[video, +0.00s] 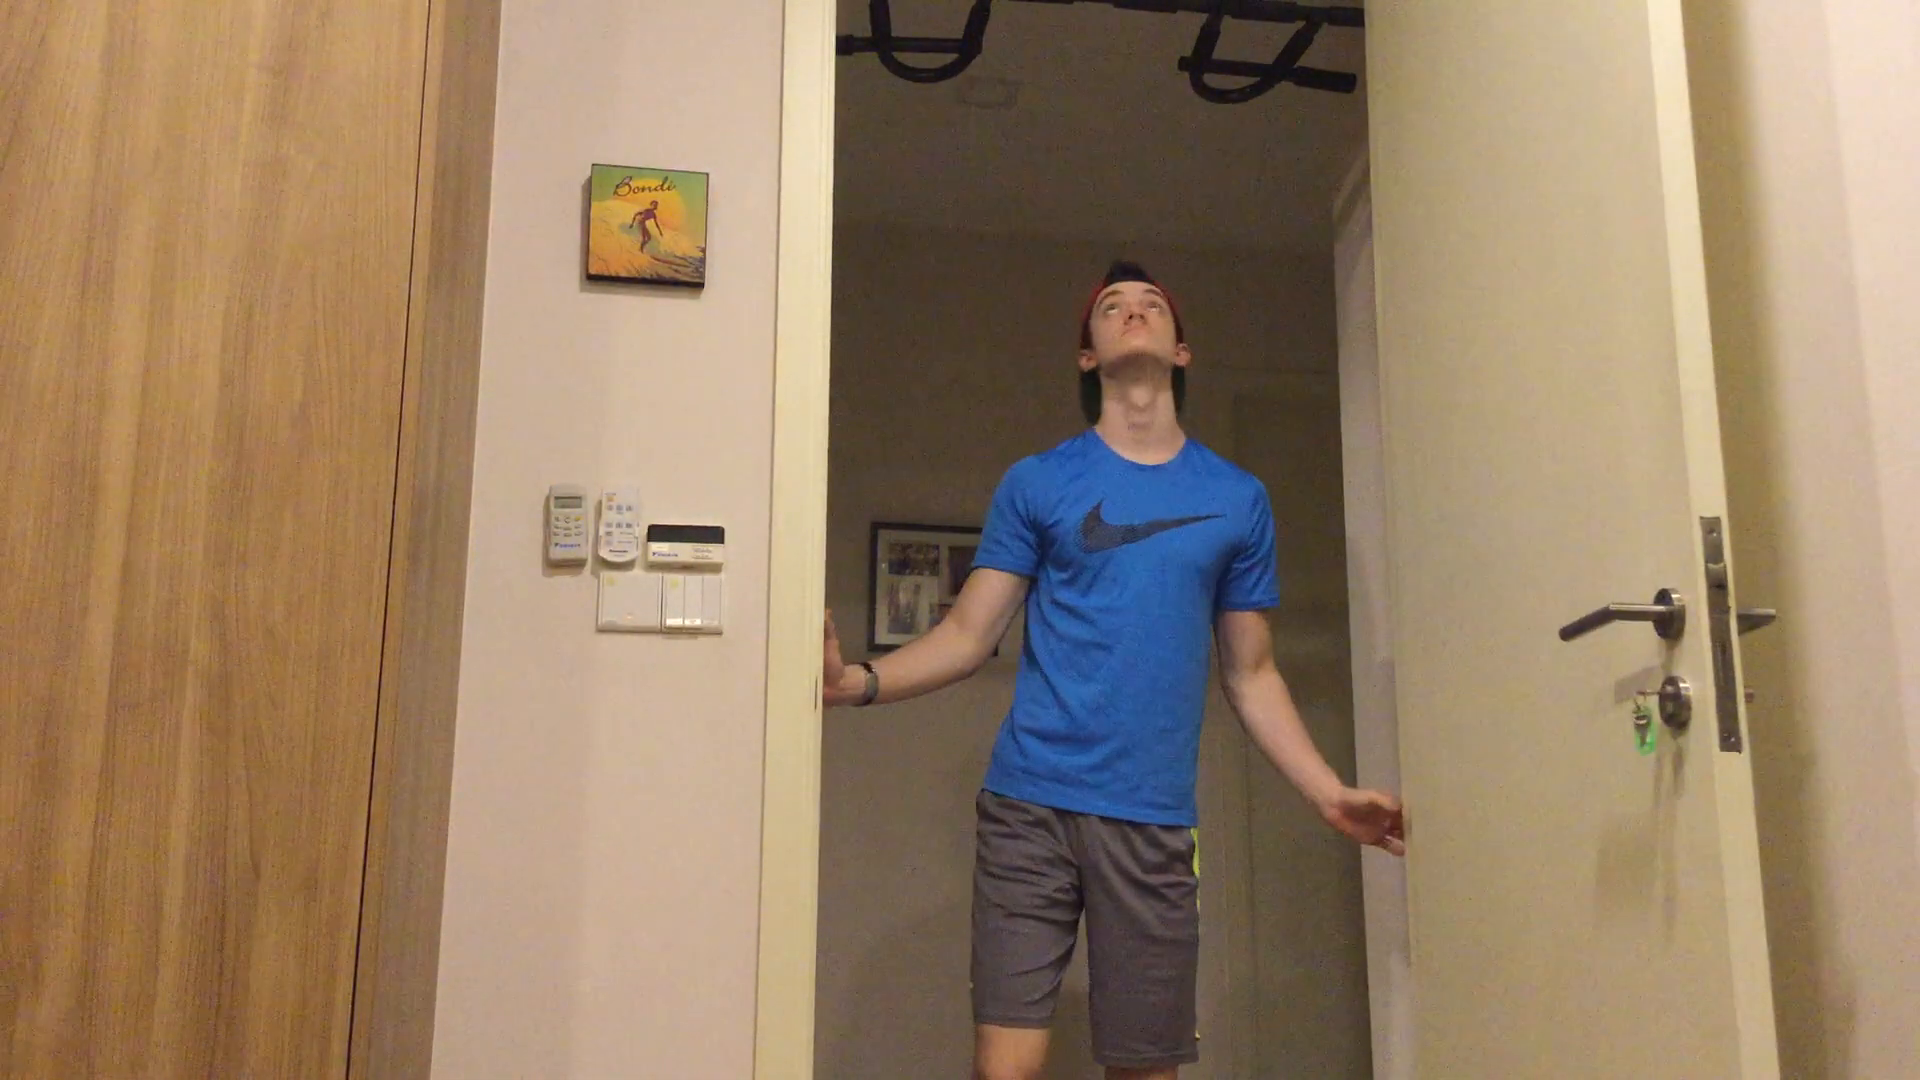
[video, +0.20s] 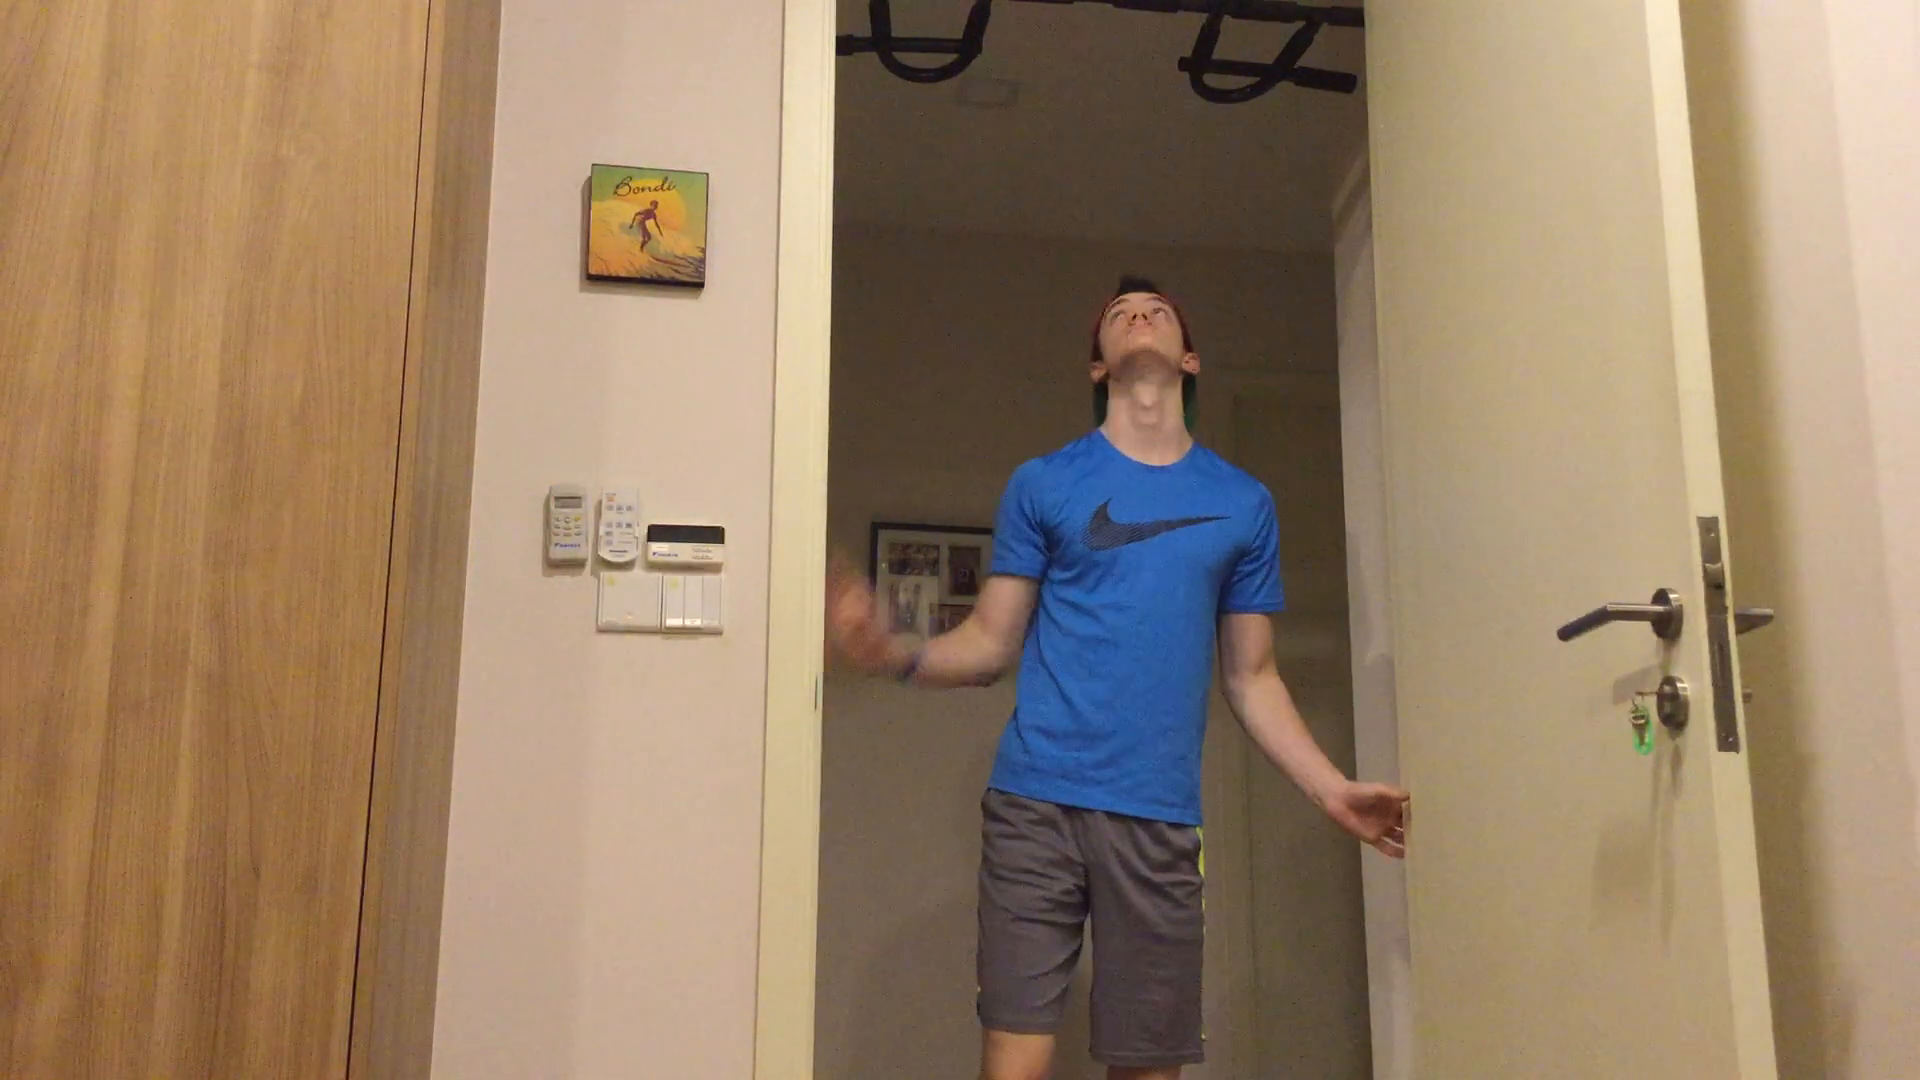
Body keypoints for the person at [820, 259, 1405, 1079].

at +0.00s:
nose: (1134, 309)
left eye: (1152, 306)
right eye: (1112, 307)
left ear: (1183, 353)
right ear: (1087, 356)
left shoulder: (1237, 498)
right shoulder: (1038, 481)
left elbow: (1251, 669)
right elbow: (965, 633)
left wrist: (1331, 795)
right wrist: (854, 680)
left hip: (1153, 821)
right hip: (1027, 806)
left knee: (1148, 1067)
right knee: (1008, 1064)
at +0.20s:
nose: (1141, 314)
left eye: (1159, 312)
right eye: (1121, 314)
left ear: (1191, 363)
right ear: (1097, 368)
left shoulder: (1242, 502)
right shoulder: (1043, 484)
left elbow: (1253, 672)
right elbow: (989, 641)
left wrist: (1336, 792)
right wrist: (891, 650)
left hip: (1159, 820)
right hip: (1033, 805)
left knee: (1150, 1065)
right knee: (1016, 1061)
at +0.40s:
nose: (1126, 318)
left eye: (1147, 315)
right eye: (1110, 321)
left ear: (1186, 365)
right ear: (1096, 382)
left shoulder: (1243, 499)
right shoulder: (1048, 479)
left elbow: (1257, 669)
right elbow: (943, 587)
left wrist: (1337, 784)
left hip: (1167, 814)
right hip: (1042, 802)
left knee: (1156, 1063)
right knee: (1035, 1057)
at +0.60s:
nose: (1118, 324)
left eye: (1140, 321)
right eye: (1106, 327)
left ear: (1184, 371)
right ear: (1093, 381)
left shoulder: (1235, 508)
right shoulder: (1049, 452)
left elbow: (1247, 676)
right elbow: (913, 379)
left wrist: (1337, 788)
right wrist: (927, 226)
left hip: (1168, 801)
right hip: (1050, 783)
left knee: (1158, 1061)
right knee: (1064, 1048)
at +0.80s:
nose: (1116, 325)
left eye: (1135, 323)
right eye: (1101, 328)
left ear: (1175, 372)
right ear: (1083, 376)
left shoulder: (1219, 515)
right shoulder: (1044, 439)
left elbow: (1234, 682)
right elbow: (956, 296)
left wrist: (1333, 783)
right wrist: (939, 133)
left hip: (1162, 788)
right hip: (1044, 771)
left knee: (1154, 1059)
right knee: (1070, 1048)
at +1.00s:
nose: (1091, 321)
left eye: (1110, 318)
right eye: (1078, 324)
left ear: (1151, 369)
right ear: (1062, 372)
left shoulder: (1202, 512)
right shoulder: (1026, 435)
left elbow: (1220, 673)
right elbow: (955, 272)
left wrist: (1324, 767)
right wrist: (937, 114)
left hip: (1146, 781)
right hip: (1031, 766)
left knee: (1143, 1056)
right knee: (1055, 1046)